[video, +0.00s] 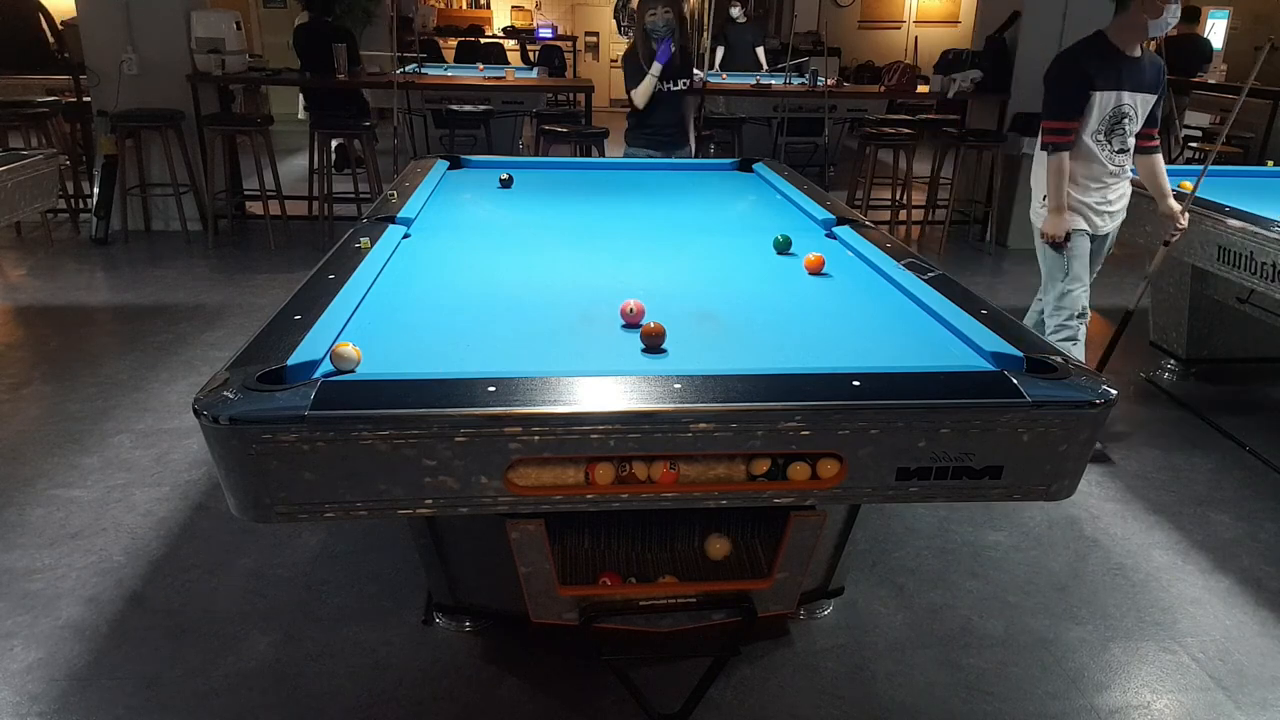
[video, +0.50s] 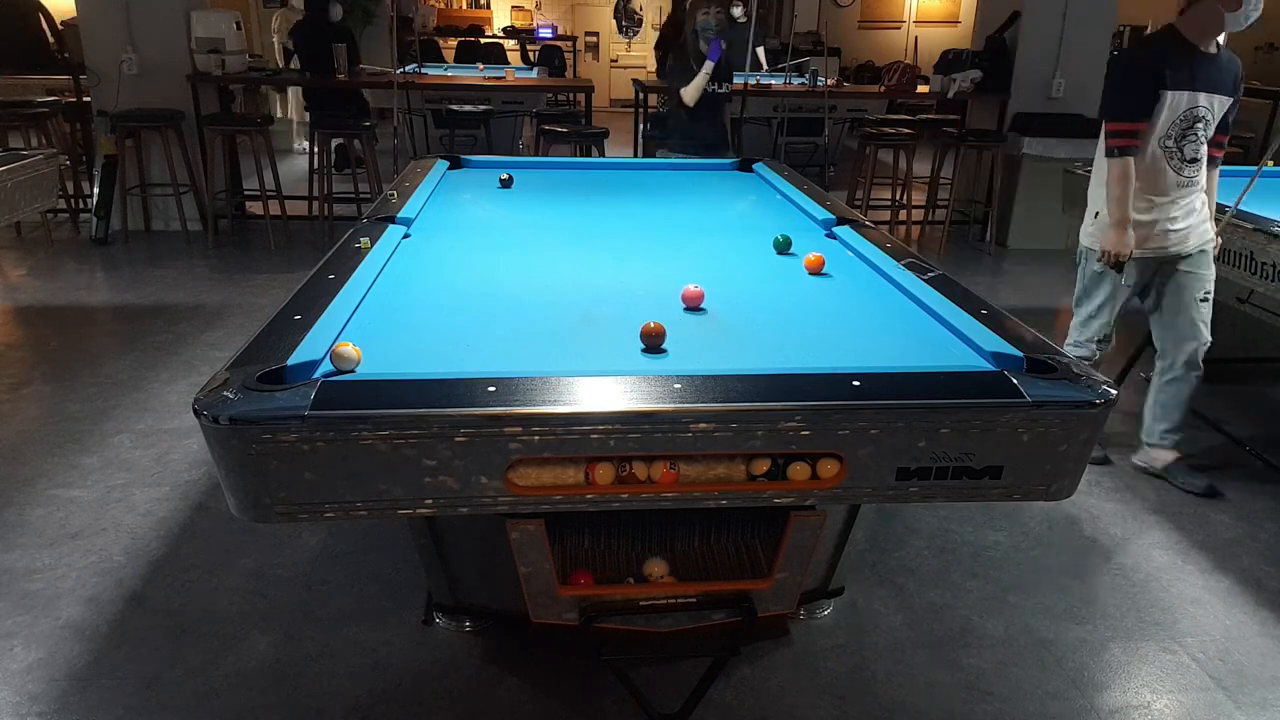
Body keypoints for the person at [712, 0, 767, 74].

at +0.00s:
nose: (732, 10)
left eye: (736, 7)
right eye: (731, 7)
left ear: (743, 9)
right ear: (728, 9)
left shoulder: (753, 26)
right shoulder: (726, 26)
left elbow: (759, 47)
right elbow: (721, 47)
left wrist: (765, 66)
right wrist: (716, 65)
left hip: (750, 72)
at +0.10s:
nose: (733, 10)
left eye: (736, 6)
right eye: (731, 7)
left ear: (744, 9)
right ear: (729, 8)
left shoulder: (753, 25)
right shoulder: (726, 25)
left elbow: (759, 47)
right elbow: (721, 45)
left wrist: (765, 66)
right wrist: (716, 64)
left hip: (750, 71)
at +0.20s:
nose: (733, 10)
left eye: (736, 7)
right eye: (731, 7)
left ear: (744, 9)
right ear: (729, 9)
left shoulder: (752, 25)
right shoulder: (726, 25)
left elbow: (759, 47)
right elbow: (719, 44)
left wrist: (765, 66)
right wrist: (715, 64)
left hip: (750, 72)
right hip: (730, 71)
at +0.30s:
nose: (735, 8)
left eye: (738, 6)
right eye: (733, 6)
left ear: (744, 9)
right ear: (729, 9)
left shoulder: (753, 25)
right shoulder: (726, 24)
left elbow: (759, 47)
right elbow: (720, 44)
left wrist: (765, 66)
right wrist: (715, 63)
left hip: (750, 71)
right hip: (729, 70)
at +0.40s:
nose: (734, 9)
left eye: (737, 6)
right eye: (732, 6)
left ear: (744, 9)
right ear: (729, 9)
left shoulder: (752, 26)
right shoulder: (727, 25)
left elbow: (759, 47)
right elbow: (720, 44)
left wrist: (765, 67)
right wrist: (715, 61)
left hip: (749, 71)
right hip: (729, 70)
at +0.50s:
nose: (734, 10)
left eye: (737, 6)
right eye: (732, 7)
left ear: (744, 9)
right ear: (730, 9)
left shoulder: (753, 25)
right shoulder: (728, 25)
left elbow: (759, 46)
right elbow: (723, 44)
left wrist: (764, 66)